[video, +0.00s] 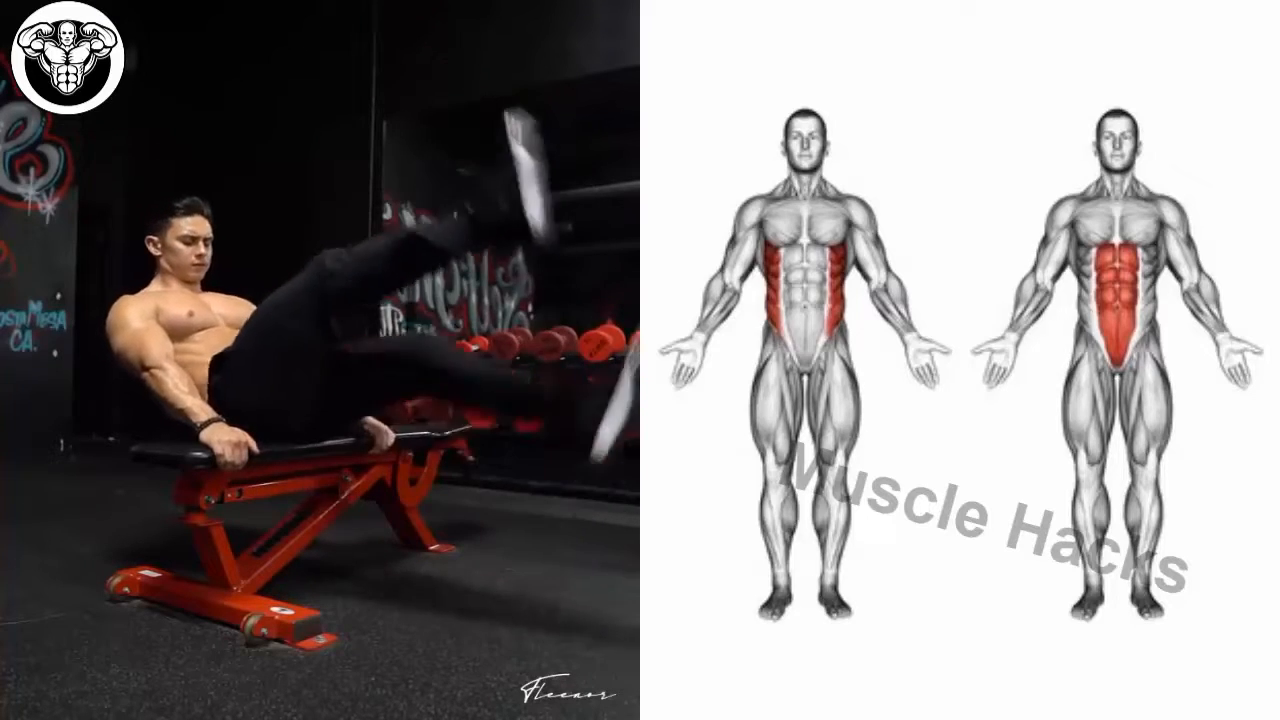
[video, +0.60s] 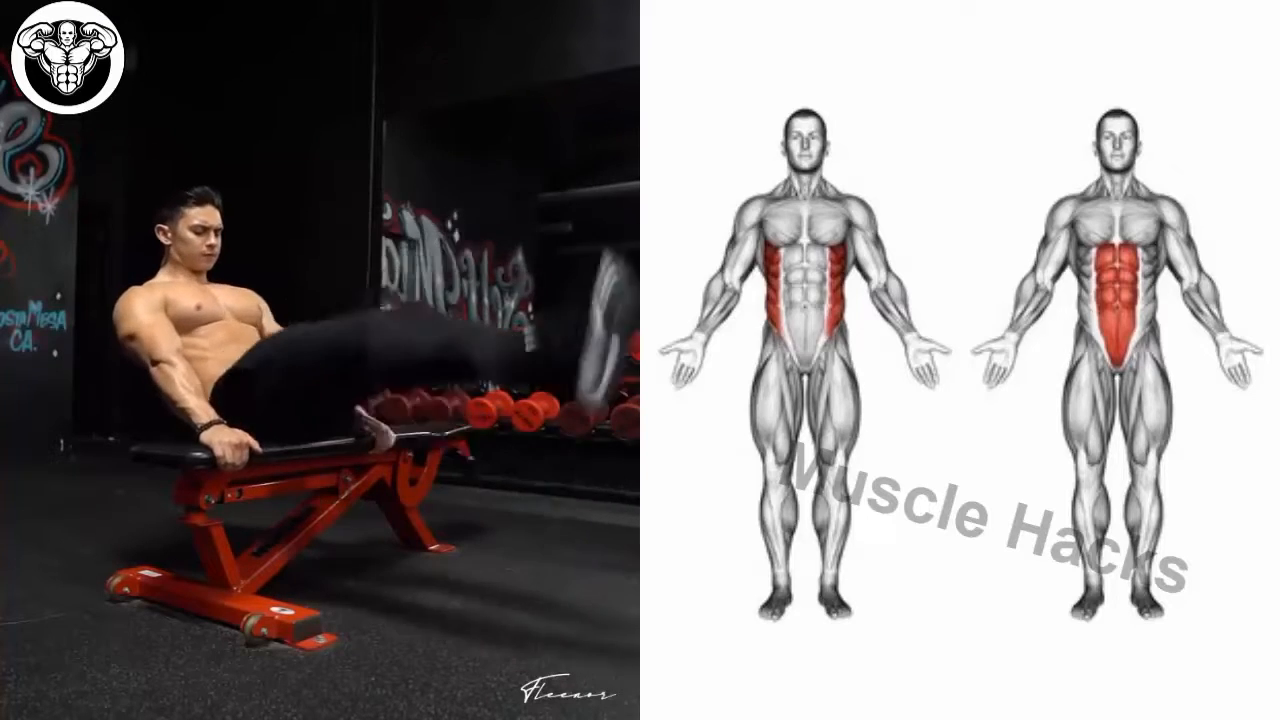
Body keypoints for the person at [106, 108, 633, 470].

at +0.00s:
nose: (201, 253)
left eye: (206, 243)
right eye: (188, 243)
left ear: (209, 247)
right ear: (156, 248)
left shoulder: (237, 306)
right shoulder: (131, 310)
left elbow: (300, 363)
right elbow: (159, 371)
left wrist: (357, 419)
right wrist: (208, 424)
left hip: (296, 401)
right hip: (240, 393)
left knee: (419, 353)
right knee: (325, 274)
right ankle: (503, 222)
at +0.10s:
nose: (207, 250)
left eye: (211, 241)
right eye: (194, 240)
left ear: (213, 248)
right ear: (161, 245)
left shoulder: (243, 304)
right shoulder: (137, 306)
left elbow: (300, 363)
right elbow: (160, 366)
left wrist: (359, 416)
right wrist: (209, 424)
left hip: (303, 405)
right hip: (245, 405)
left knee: (412, 334)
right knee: (342, 297)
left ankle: (554, 303)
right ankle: (493, 309)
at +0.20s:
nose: (211, 249)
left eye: (216, 240)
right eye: (199, 239)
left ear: (219, 245)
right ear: (167, 243)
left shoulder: (244, 306)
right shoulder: (138, 306)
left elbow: (290, 367)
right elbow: (165, 368)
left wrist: (354, 419)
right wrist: (210, 427)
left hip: (299, 388)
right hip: (245, 397)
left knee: (391, 294)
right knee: (360, 337)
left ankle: (542, 219)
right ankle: (562, 382)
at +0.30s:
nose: (215, 247)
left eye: (220, 240)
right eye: (203, 237)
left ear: (223, 247)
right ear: (169, 239)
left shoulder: (242, 304)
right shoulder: (141, 302)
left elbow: (307, 360)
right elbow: (163, 365)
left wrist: (365, 415)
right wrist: (207, 423)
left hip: (299, 378)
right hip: (247, 393)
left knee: (365, 290)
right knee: (384, 380)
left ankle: (497, 185)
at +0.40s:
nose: (215, 245)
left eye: (220, 237)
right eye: (203, 234)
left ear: (224, 245)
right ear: (169, 238)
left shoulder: (246, 301)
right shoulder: (142, 301)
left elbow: (292, 357)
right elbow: (162, 363)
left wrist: (352, 390)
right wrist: (209, 424)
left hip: (298, 376)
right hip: (246, 395)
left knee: (363, 288)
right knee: (378, 390)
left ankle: (491, 194)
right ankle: (534, 509)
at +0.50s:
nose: (214, 244)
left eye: (219, 235)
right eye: (202, 233)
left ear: (222, 242)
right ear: (168, 236)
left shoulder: (245, 299)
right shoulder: (140, 301)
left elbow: (303, 357)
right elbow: (164, 364)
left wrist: (364, 410)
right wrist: (208, 424)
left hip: (296, 383)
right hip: (242, 397)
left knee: (378, 294)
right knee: (368, 366)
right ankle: (535, 458)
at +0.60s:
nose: (211, 242)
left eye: (216, 233)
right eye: (199, 231)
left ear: (219, 239)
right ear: (165, 236)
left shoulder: (247, 297)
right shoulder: (140, 300)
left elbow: (292, 363)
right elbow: (165, 365)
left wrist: (355, 413)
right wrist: (210, 424)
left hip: (291, 396)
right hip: (238, 401)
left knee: (405, 328)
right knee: (364, 338)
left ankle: (561, 369)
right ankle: (546, 357)